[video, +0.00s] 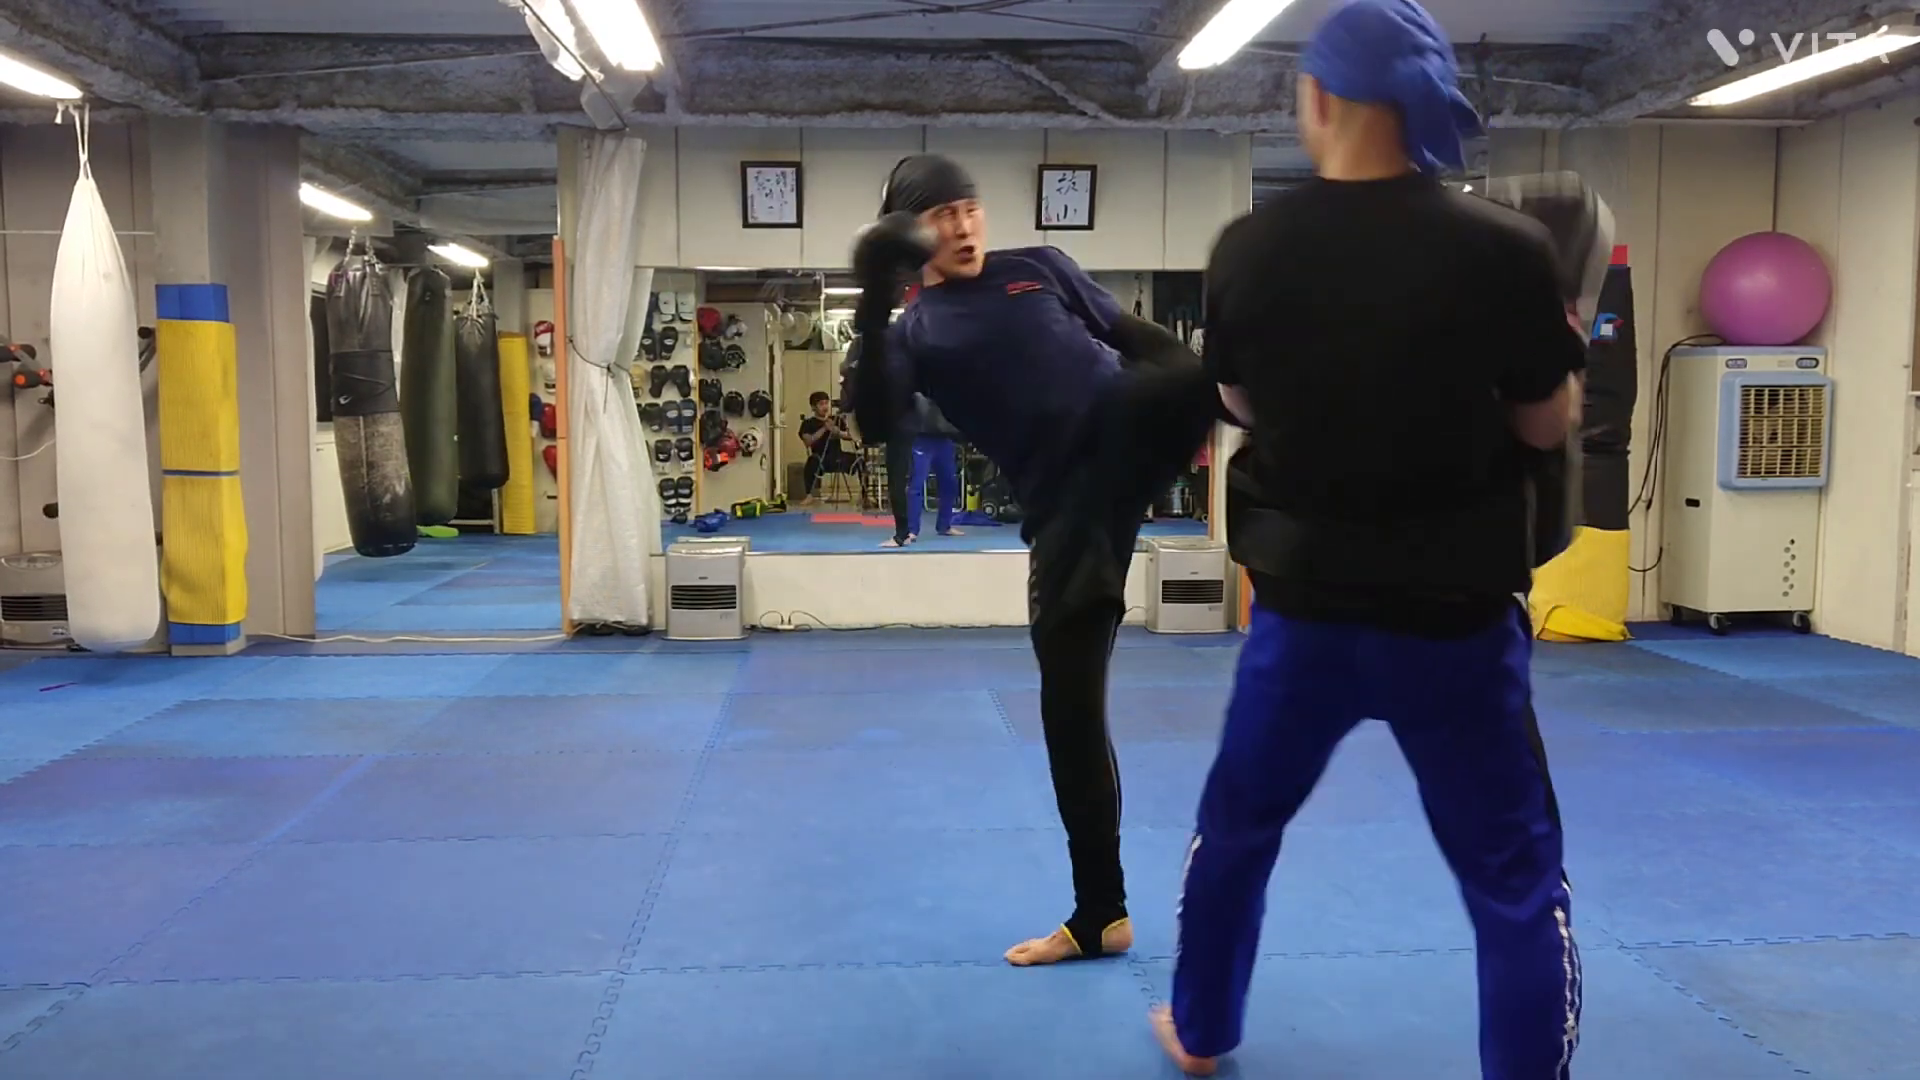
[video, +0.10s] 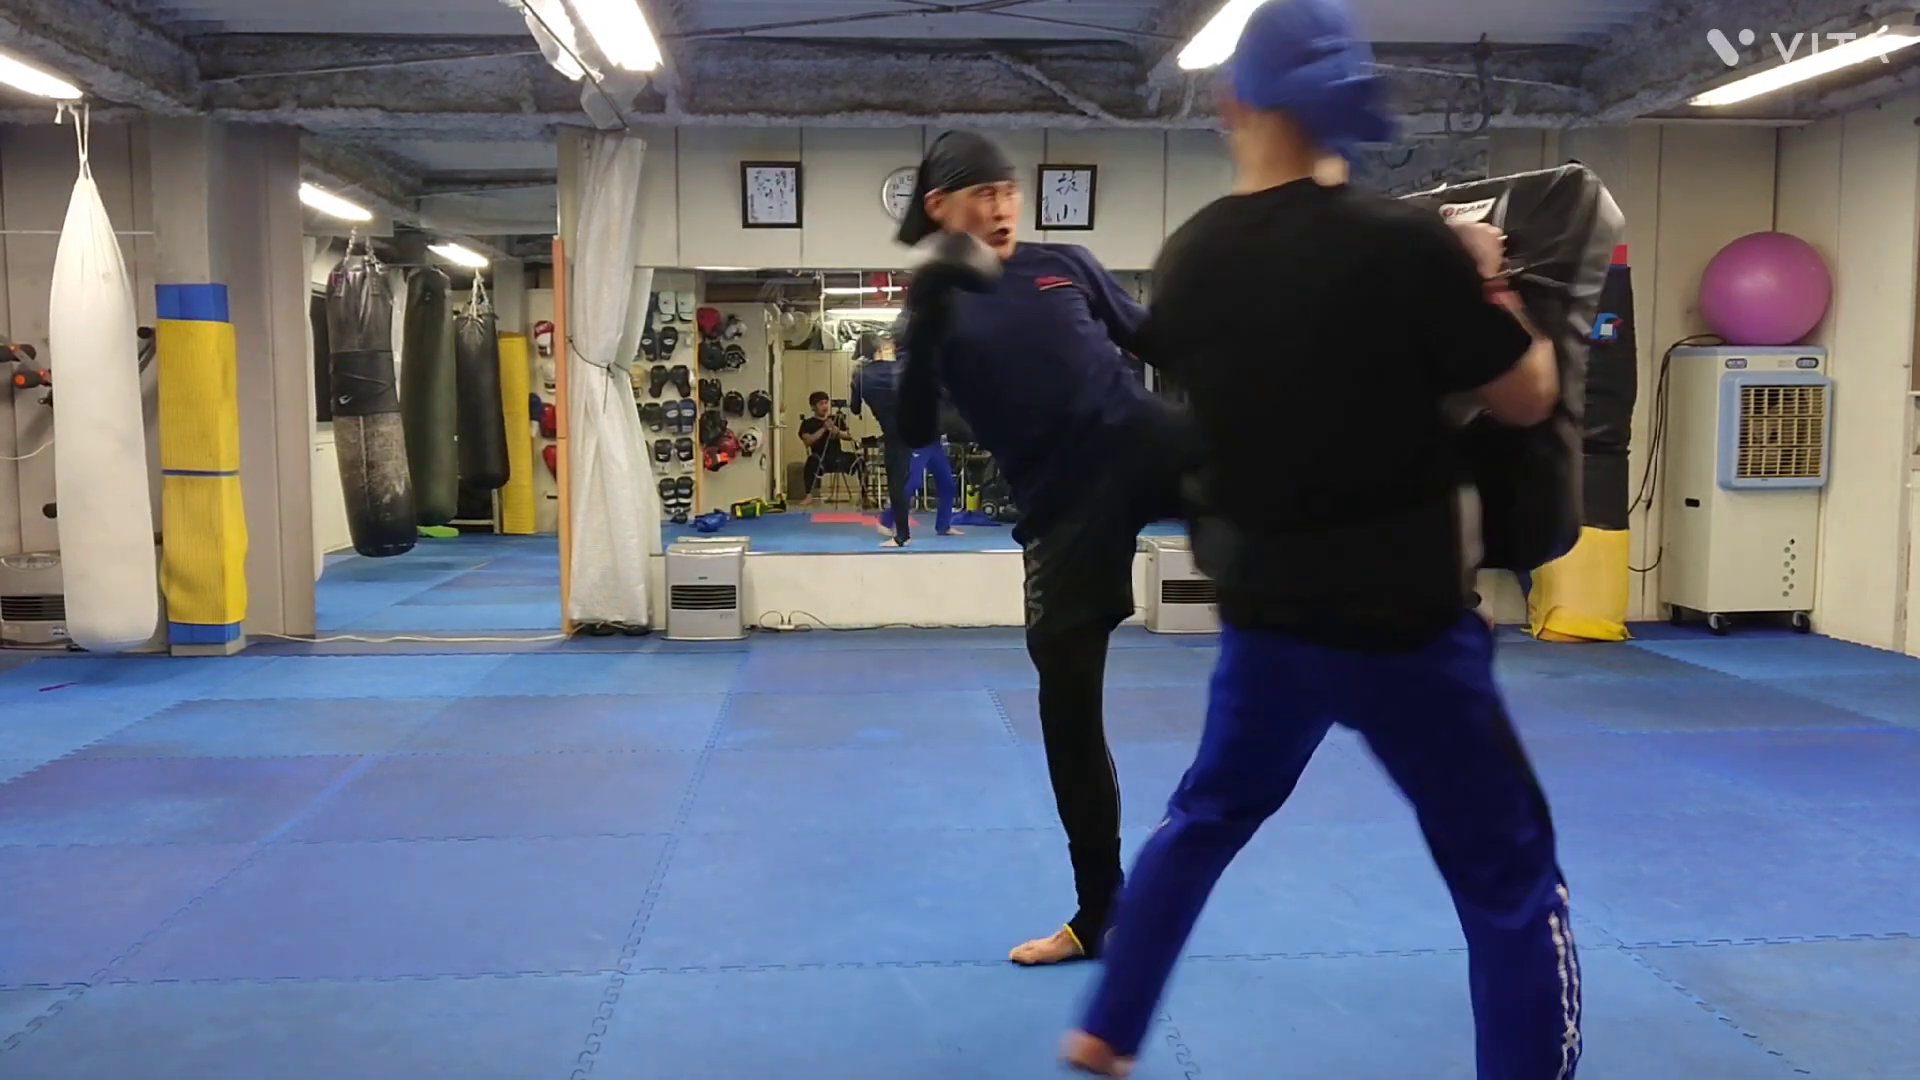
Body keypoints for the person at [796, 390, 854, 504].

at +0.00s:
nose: (825, 407)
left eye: (826, 403)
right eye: (821, 404)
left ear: (829, 404)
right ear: (814, 407)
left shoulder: (836, 420)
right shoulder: (808, 423)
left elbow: (849, 436)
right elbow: (808, 442)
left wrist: (835, 431)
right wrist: (825, 428)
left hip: (837, 456)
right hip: (819, 458)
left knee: (860, 461)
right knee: (811, 463)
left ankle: (864, 495)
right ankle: (809, 495)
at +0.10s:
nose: (825, 407)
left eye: (826, 403)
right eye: (821, 404)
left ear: (829, 404)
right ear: (814, 407)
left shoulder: (836, 419)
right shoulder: (807, 423)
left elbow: (848, 436)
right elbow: (807, 441)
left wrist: (835, 430)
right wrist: (824, 429)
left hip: (837, 456)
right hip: (819, 458)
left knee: (859, 461)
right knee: (811, 463)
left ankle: (864, 495)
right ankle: (809, 495)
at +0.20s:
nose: (825, 406)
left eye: (826, 403)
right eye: (821, 404)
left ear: (829, 404)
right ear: (814, 407)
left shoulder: (837, 419)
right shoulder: (808, 423)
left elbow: (849, 436)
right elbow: (808, 441)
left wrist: (835, 429)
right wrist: (824, 428)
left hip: (837, 456)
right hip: (819, 458)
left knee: (860, 461)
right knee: (811, 463)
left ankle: (864, 495)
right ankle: (809, 495)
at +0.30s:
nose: (825, 406)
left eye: (827, 403)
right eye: (821, 404)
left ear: (829, 404)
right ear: (814, 407)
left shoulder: (837, 419)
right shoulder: (808, 423)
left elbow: (848, 435)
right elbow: (807, 441)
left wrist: (835, 428)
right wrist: (822, 427)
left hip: (837, 456)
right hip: (819, 458)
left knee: (859, 461)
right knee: (811, 463)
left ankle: (864, 495)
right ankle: (808, 495)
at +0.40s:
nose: (825, 407)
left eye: (826, 403)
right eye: (821, 404)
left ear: (829, 404)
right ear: (813, 407)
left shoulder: (836, 419)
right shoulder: (808, 423)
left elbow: (849, 435)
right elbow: (807, 441)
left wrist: (837, 430)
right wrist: (823, 427)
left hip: (837, 455)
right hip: (819, 457)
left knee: (860, 462)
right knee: (811, 463)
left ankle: (864, 493)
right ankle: (809, 495)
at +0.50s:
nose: (825, 406)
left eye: (827, 403)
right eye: (821, 404)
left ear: (829, 404)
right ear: (814, 407)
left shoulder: (837, 418)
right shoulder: (808, 423)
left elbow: (850, 435)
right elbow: (808, 441)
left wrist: (837, 430)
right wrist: (823, 426)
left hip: (838, 456)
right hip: (820, 457)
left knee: (861, 461)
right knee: (811, 463)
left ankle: (865, 493)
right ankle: (809, 495)